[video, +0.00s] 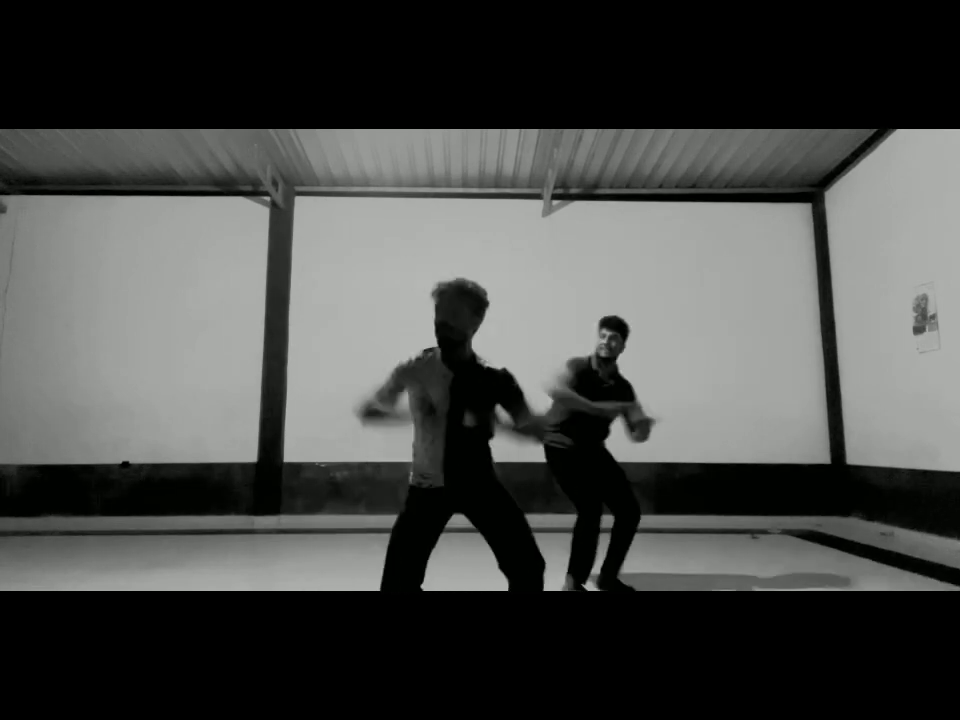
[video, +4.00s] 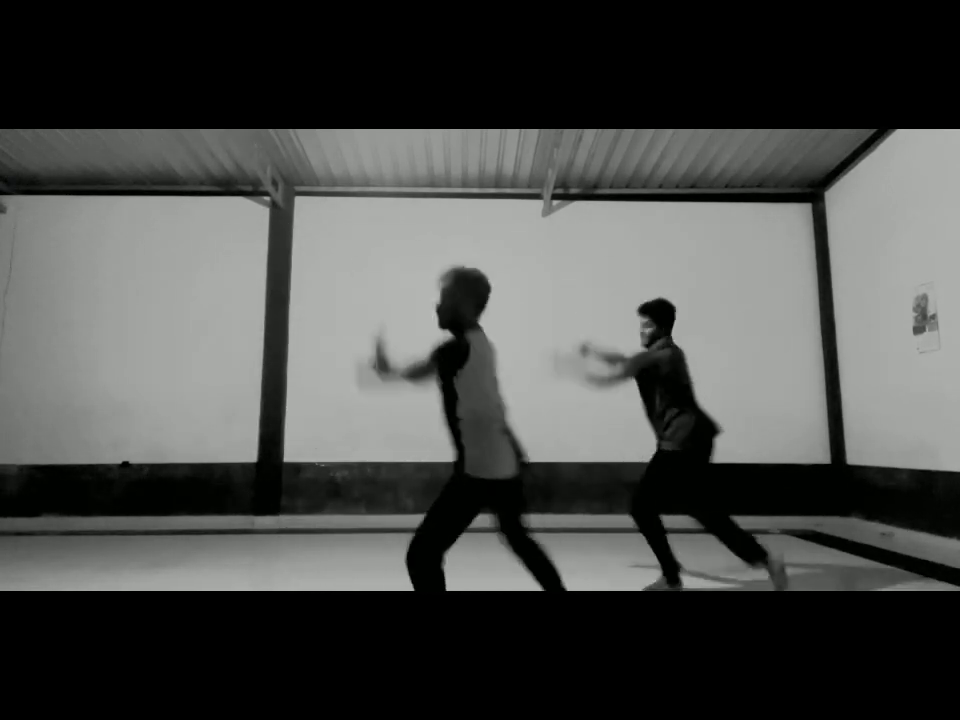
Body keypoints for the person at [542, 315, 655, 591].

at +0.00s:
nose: (607, 343)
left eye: (614, 339)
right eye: (603, 337)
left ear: (622, 346)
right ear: (596, 339)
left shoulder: (621, 387)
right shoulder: (576, 367)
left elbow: (635, 434)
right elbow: (554, 389)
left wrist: (643, 427)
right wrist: (595, 408)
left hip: (595, 449)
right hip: (563, 447)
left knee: (629, 511)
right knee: (590, 507)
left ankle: (608, 578)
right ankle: (574, 581)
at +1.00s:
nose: (599, 316)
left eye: (598, 311)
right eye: (593, 312)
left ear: (592, 315)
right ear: (579, 318)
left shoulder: (612, 338)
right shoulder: (561, 353)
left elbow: (641, 320)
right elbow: (531, 364)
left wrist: (674, 324)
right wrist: (528, 366)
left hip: (617, 431)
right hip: (582, 436)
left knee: (635, 493)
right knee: (572, 498)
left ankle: (616, 571)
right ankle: (563, 571)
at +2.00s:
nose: (587, 367)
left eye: (588, 361)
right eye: (582, 362)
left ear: (592, 361)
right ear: (579, 363)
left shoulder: (619, 392)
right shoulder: (565, 397)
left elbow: (664, 418)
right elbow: (533, 425)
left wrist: (707, 431)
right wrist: (494, 438)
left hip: (618, 466)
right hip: (575, 467)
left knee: (669, 504)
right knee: (528, 496)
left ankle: (664, 570)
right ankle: (522, 569)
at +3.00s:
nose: (550, 324)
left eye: (553, 318)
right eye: (550, 318)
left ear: (566, 318)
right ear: (566, 317)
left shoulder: (580, 342)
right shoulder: (570, 340)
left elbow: (549, 353)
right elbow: (533, 338)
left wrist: (506, 354)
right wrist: (497, 341)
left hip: (604, 432)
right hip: (583, 430)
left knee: (590, 499)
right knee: (545, 475)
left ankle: (602, 573)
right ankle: (539, 548)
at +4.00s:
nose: (641, 331)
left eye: (646, 325)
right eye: (640, 325)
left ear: (659, 328)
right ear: (662, 329)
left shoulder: (658, 354)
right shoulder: (666, 351)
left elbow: (620, 370)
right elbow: (627, 361)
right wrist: (595, 353)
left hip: (680, 441)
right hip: (693, 438)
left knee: (642, 504)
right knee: (701, 506)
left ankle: (671, 577)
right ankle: (766, 561)